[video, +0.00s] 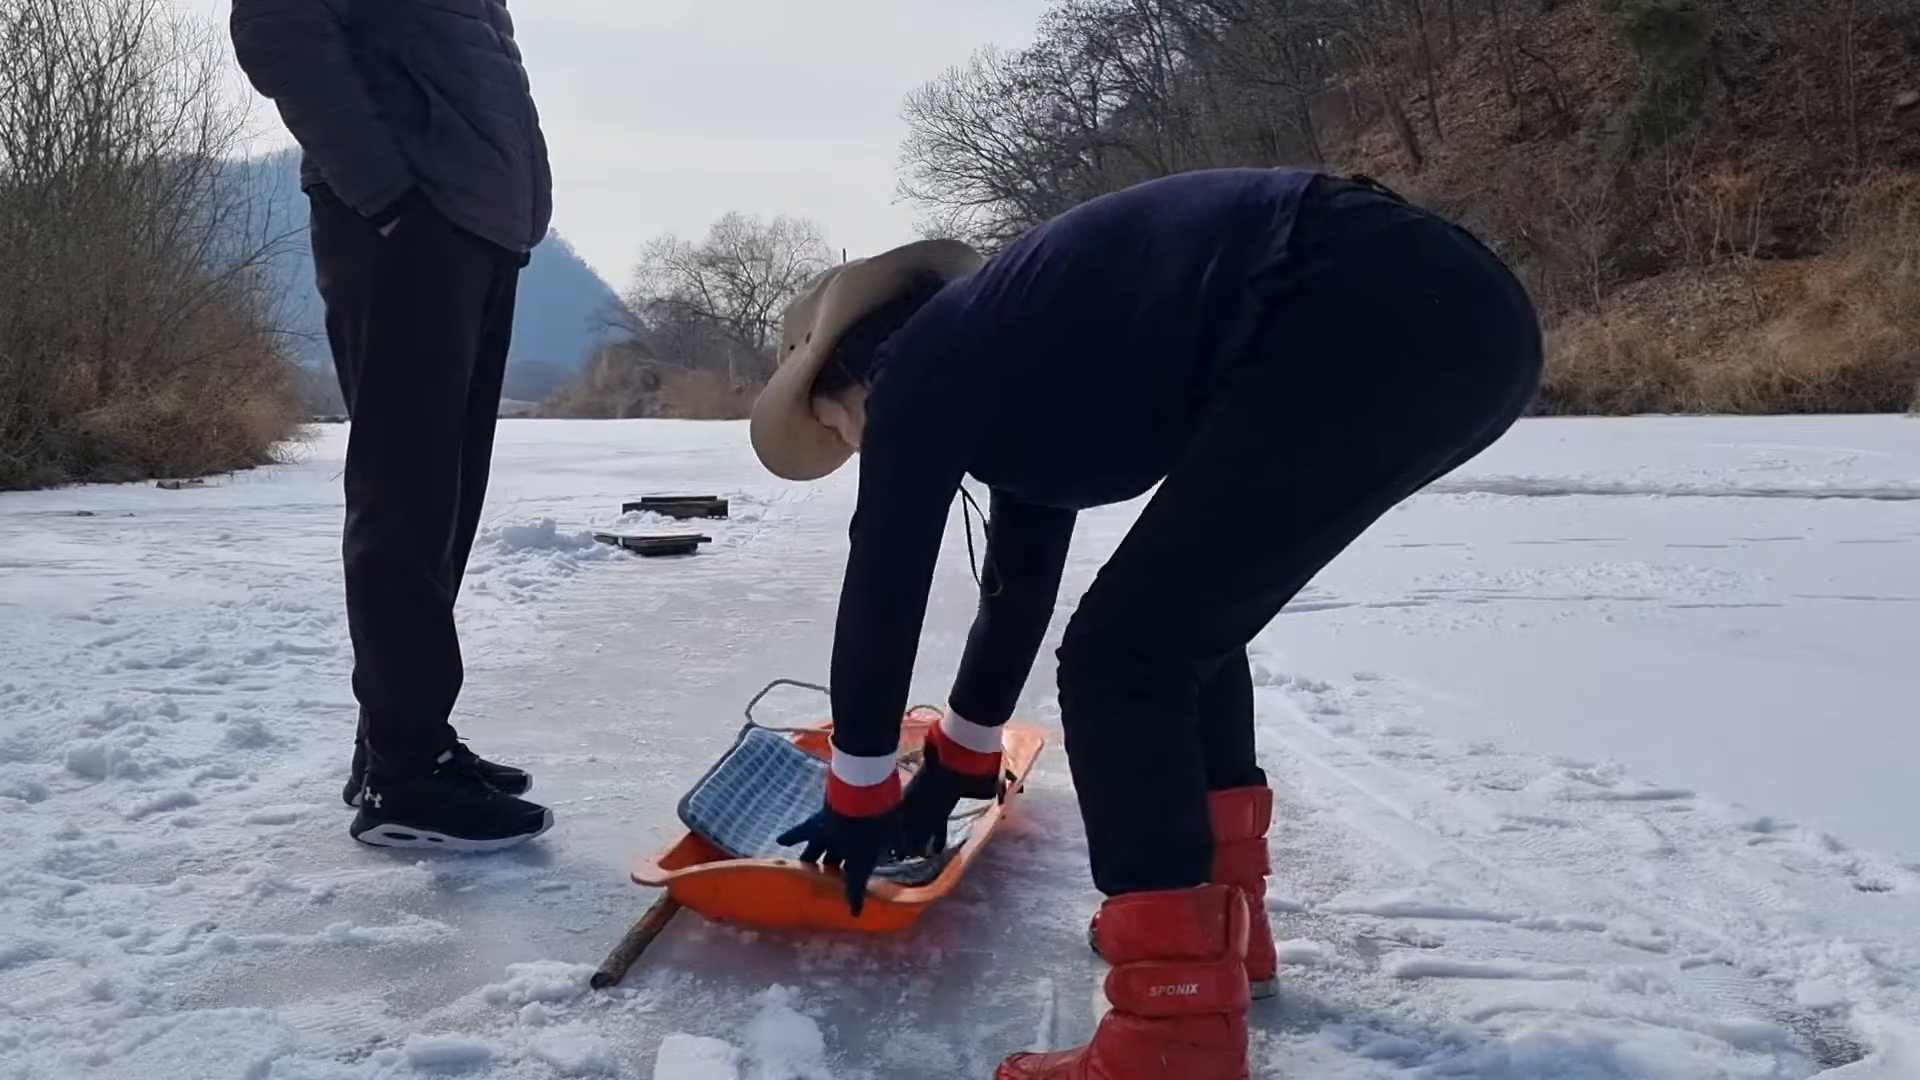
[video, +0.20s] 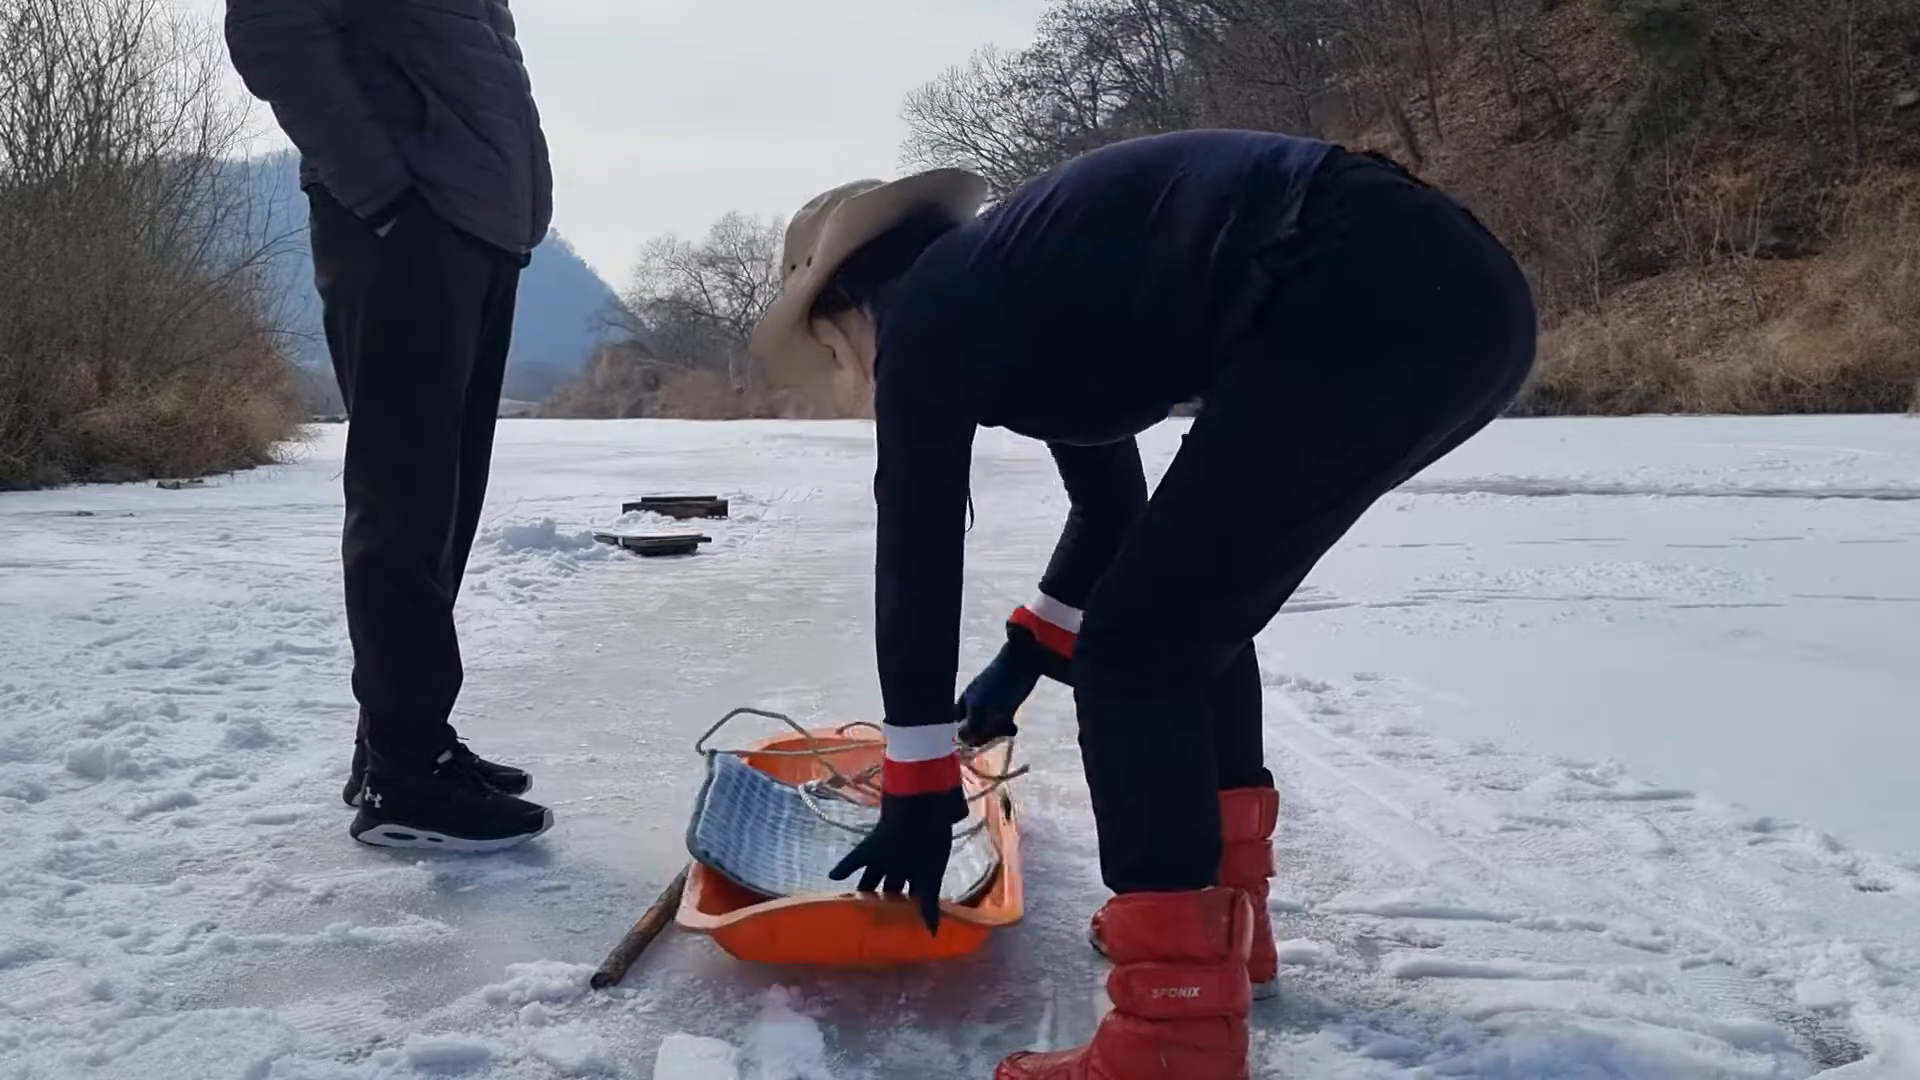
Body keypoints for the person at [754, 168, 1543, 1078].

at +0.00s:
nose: (856, 452)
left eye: (840, 428)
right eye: (838, 437)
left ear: (855, 378)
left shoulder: (917, 383)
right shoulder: (1046, 405)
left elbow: (876, 614)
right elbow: (1016, 598)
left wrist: (858, 800)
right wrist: (954, 763)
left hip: (1370, 329)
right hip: (1459, 325)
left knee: (1112, 654)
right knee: (1192, 631)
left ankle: (1172, 1030)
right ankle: (1228, 922)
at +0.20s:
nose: (858, 369)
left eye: (843, 339)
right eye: (839, 348)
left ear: (865, 298)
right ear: (924, 261)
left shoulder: (926, 325)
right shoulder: (1051, 318)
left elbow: (916, 572)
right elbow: (1112, 514)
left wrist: (919, 791)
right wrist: (1018, 665)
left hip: (1371, 307)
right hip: (1450, 304)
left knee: (1131, 645)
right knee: (1197, 618)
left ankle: (1171, 1029)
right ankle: (1232, 924)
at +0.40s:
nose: (862, 322)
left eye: (847, 291)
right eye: (844, 303)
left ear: (875, 247)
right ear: (937, 203)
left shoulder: (936, 275)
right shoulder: (1061, 232)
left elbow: (960, 531)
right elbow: (1102, 412)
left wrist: (961, 764)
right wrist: (1003, 506)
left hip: (1356, 299)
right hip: (1449, 292)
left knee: (1147, 637)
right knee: (1212, 621)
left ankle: (1173, 1033)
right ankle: (1227, 920)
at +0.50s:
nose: (873, 293)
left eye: (856, 263)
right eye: (854, 277)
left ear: (877, 221)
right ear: (937, 180)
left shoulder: (939, 241)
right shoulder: (1054, 213)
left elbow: (966, 478)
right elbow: (1067, 387)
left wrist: (972, 705)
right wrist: (996, 454)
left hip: (1347, 283)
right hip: (1445, 282)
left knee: (1148, 635)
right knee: (1216, 617)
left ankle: (1174, 1028)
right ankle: (1232, 921)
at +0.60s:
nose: (879, 254)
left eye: (866, 231)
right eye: (864, 242)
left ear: (876, 181)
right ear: (946, 133)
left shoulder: (941, 196)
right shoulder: (1048, 178)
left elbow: (970, 426)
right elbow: (1055, 381)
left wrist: (974, 655)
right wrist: (963, 459)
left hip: (1330, 275)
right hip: (1438, 278)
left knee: (1144, 634)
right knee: (1209, 616)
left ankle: (1174, 1027)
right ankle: (1234, 926)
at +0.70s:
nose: (881, 211)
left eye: (865, 188)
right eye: (864, 200)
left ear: (876, 133)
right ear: (957, 92)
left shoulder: (940, 152)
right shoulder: (1059, 149)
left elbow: (966, 362)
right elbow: (1081, 362)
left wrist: (966, 576)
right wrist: (1015, 475)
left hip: (1309, 268)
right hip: (1416, 274)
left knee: (1137, 628)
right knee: (1191, 614)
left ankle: (1173, 1020)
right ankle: (1229, 922)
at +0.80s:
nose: (877, 187)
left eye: (860, 159)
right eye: (859, 172)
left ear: (876, 108)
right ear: (951, 72)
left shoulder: (936, 126)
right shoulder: (1070, 151)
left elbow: (965, 331)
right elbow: (1102, 381)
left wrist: (947, 552)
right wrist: (1037, 542)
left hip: (1290, 259)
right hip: (1403, 269)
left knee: (1117, 615)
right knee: (1170, 597)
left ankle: (1166, 1014)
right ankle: (1230, 916)